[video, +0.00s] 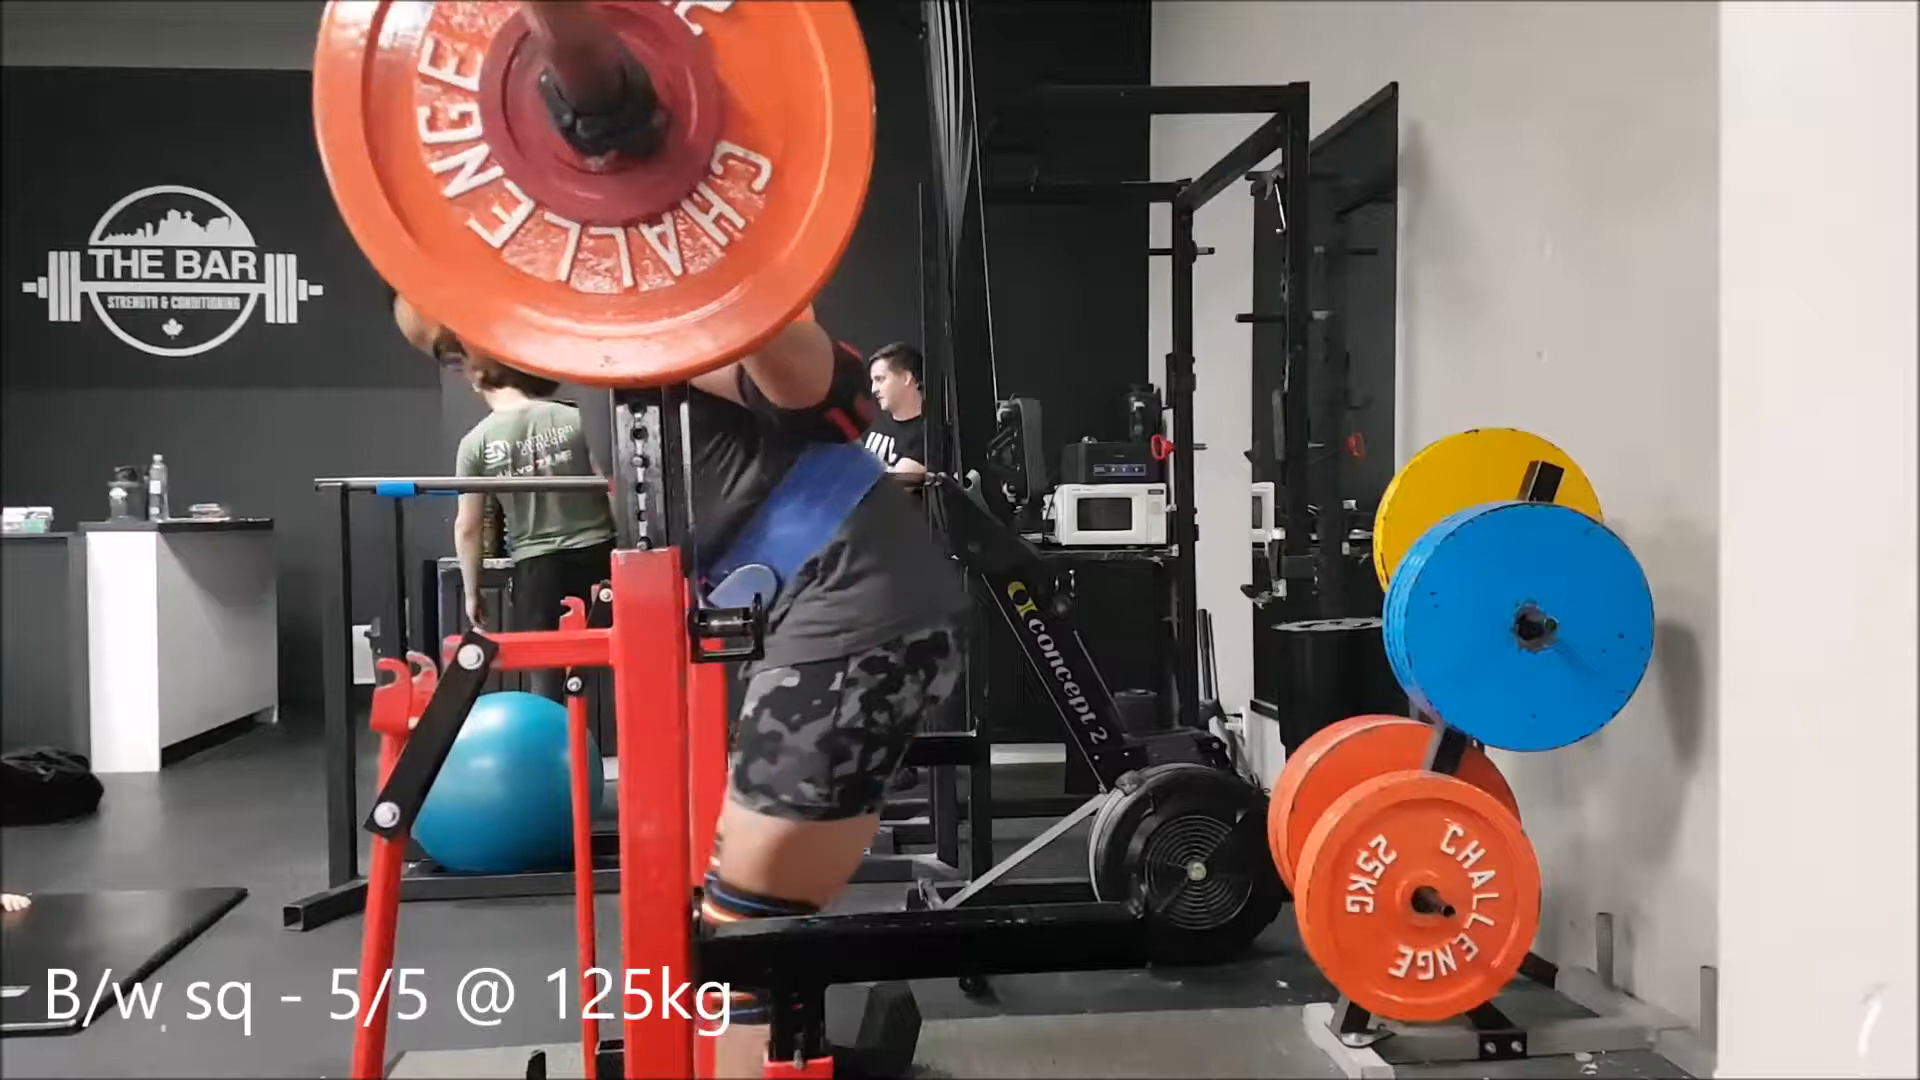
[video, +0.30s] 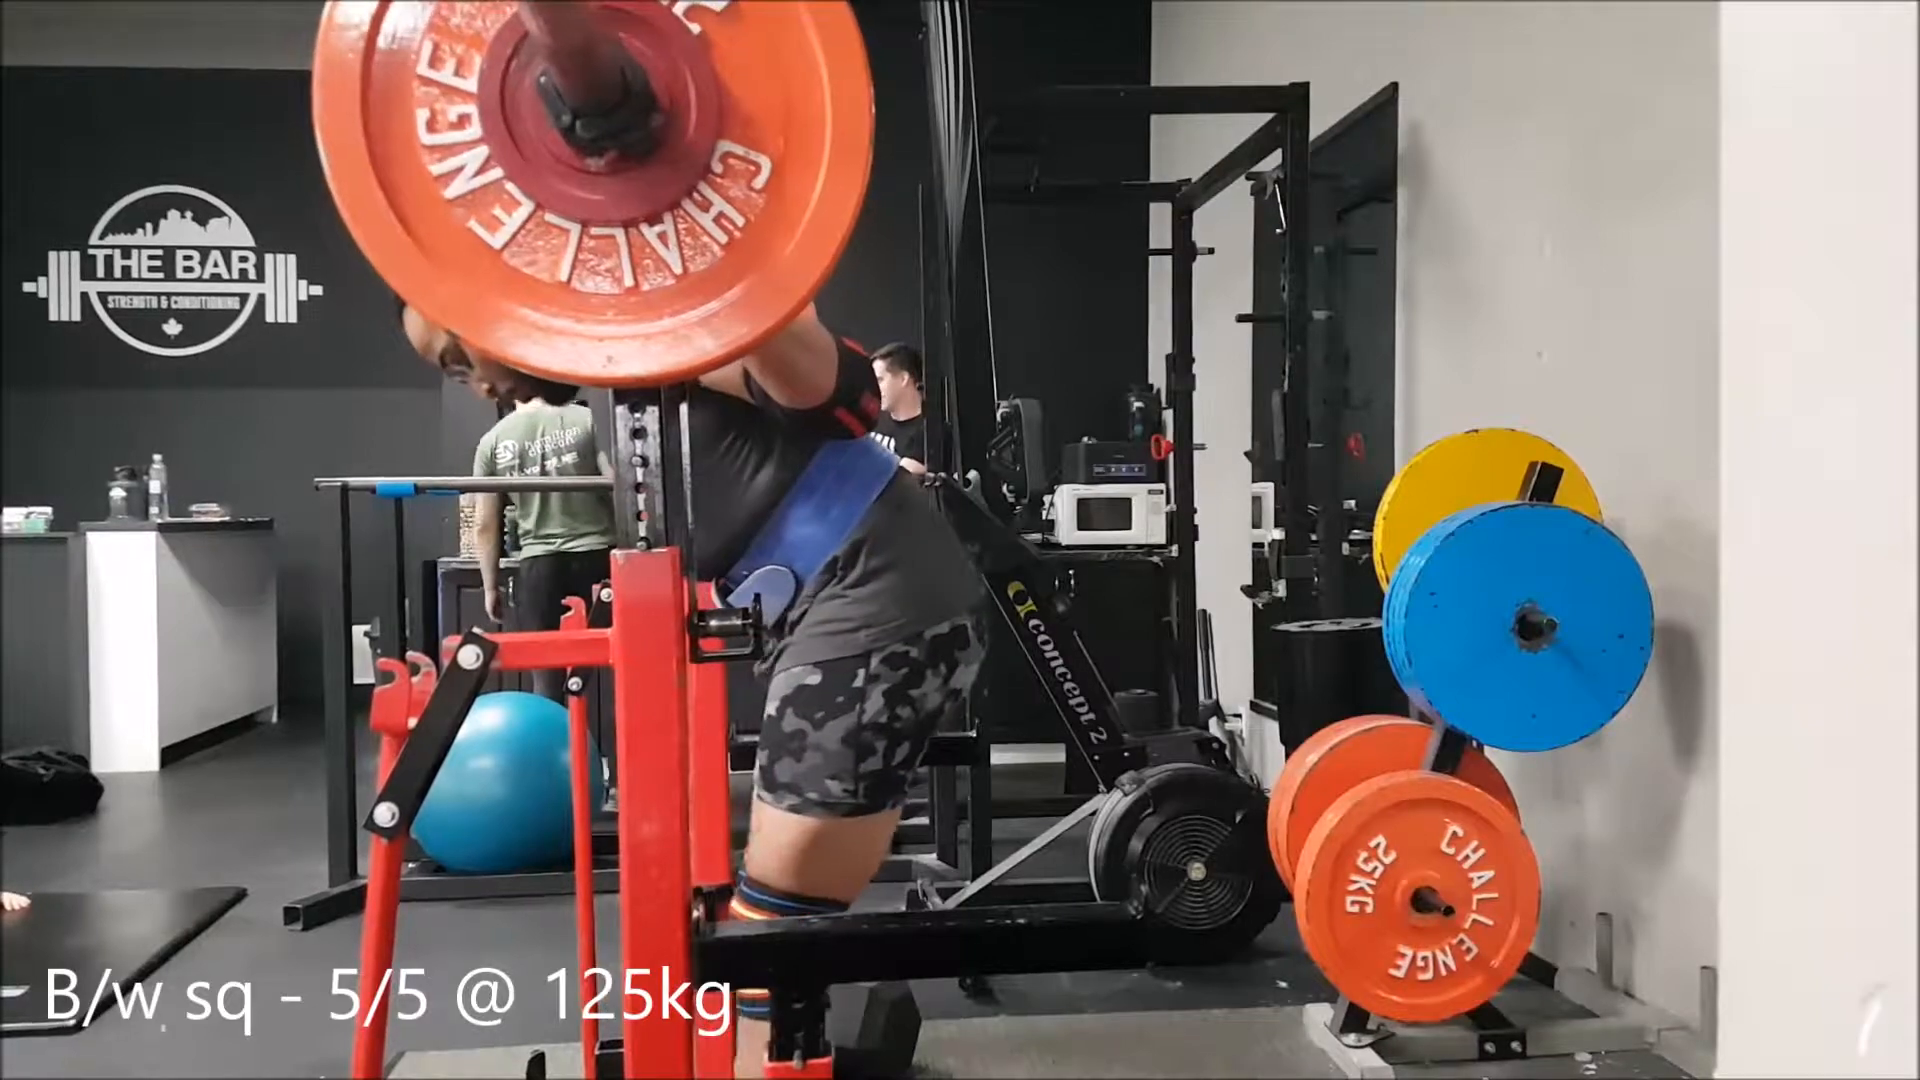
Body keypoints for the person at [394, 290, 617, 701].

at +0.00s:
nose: (470, 380)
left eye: (471, 373)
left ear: (481, 381)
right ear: (529, 375)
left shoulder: (477, 443)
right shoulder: (575, 418)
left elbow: (468, 527)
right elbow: (613, 484)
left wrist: (472, 593)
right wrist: (628, 547)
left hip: (535, 573)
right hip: (596, 560)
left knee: (544, 684)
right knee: (607, 677)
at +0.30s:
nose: (485, 388)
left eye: (489, 381)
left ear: (505, 391)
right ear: (550, 382)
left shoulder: (493, 441)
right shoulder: (585, 419)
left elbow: (487, 523)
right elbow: (618, 484)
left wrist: (490, 585)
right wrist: (626, 549)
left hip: (537, 571)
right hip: (595, 562)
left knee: (545, 678)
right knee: (604, 673)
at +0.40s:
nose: (498, 393)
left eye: (507, 385)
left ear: (525, 387)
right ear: (572, 383)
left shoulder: (505, 440)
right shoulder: (595, 420)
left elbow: (497, 523)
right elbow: (625, 488)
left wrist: (501, 584)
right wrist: (631, 555)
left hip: (542, 572)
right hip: (602, 565)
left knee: (548, 678)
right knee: (607, 676)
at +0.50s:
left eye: (516, 386)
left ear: (530, 389)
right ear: (571, 382)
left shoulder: (516, 440)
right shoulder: (600, 418)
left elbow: (511, 524)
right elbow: (630, 494)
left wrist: (519, 584)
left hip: (549, 567)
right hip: (605, 561)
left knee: (553, 674)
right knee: (611, 672)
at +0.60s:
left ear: (554, 383)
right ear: (595, 384)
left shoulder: (530, 437)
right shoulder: (615, 425)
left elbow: (528, 520)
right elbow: (635, 501)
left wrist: (540, 579)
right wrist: (637, 560)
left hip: (559, 563)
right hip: (613, 559)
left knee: (559, 673)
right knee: (616, 672)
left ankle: (560, 781)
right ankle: (619, 785)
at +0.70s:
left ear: (565, 390)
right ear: (598, 390)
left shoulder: (540, 438)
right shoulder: (612, 427)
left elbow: (540, 513)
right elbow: (618, 505)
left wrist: (554, 560)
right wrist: (631, 547)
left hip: (566, 561)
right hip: (614, 560)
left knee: (564, 673)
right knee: (615, 674)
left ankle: (556, 772)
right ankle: (618, 785)